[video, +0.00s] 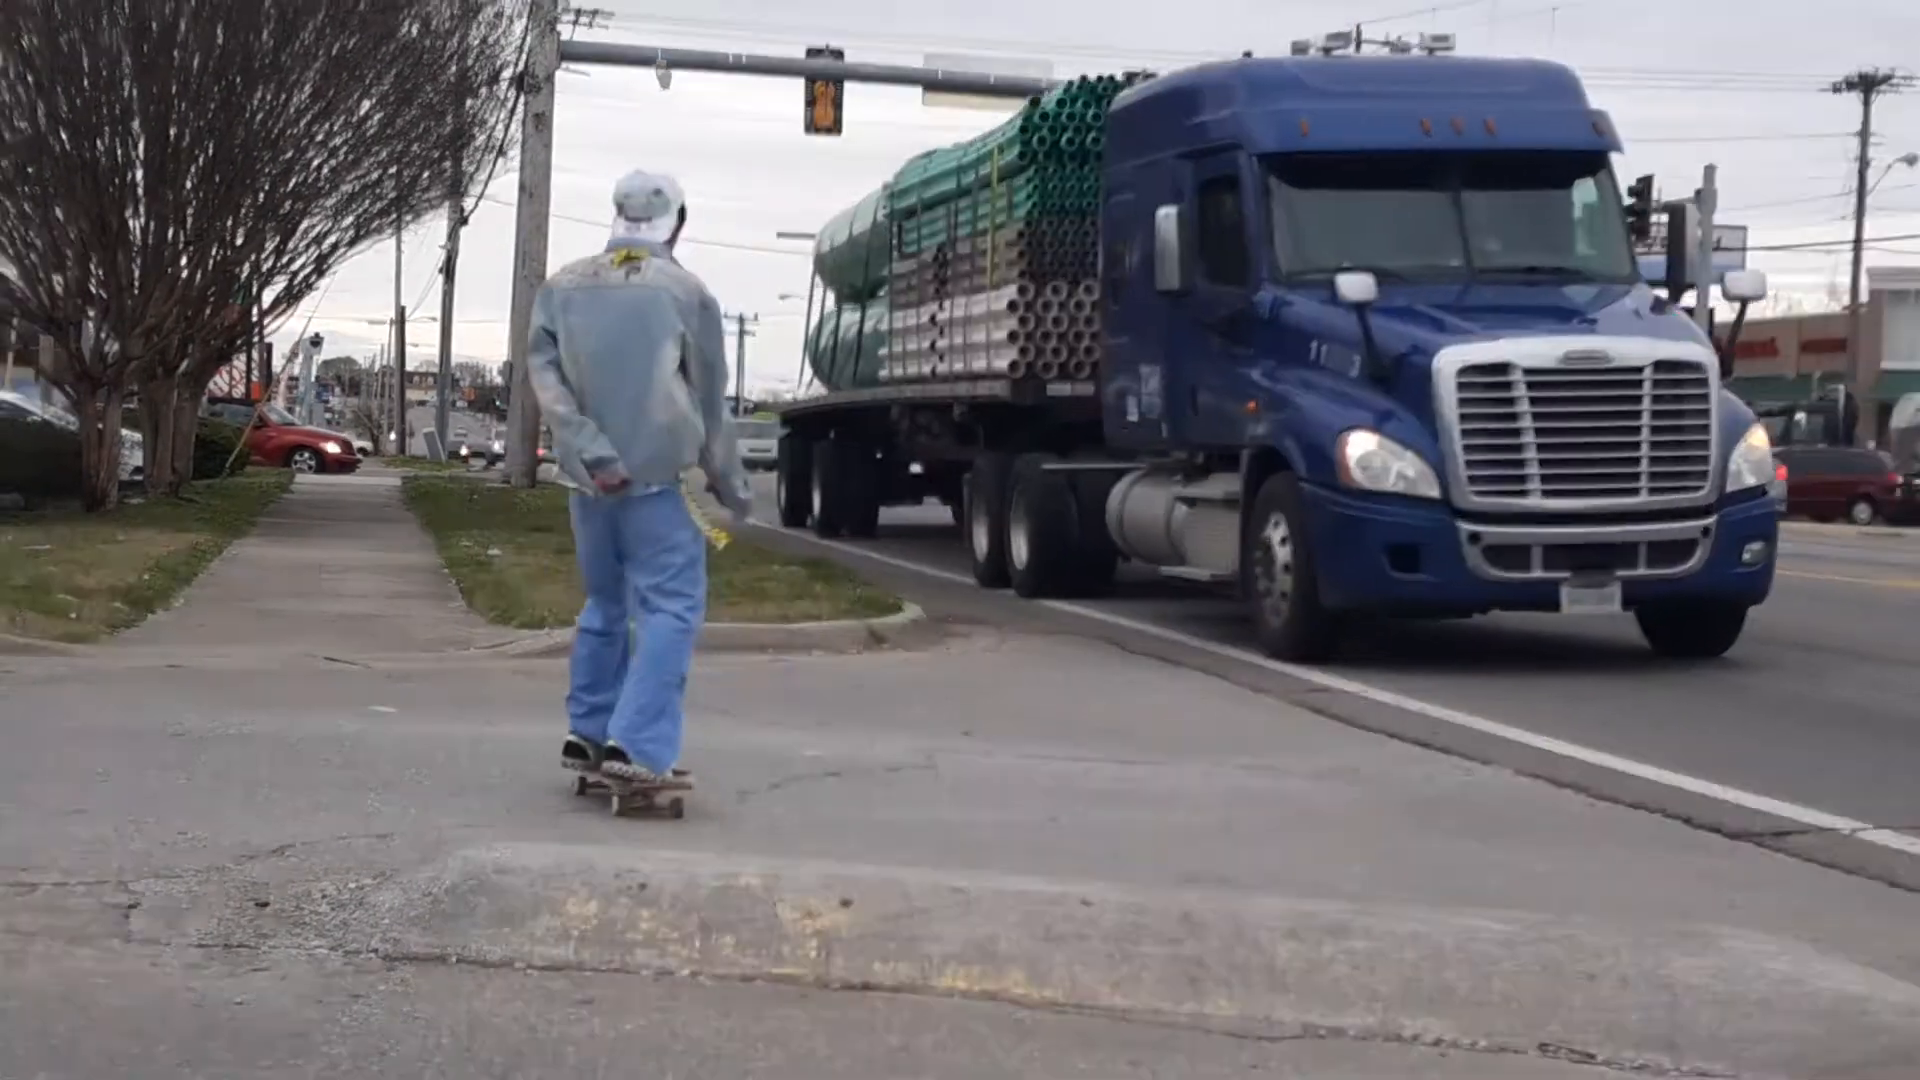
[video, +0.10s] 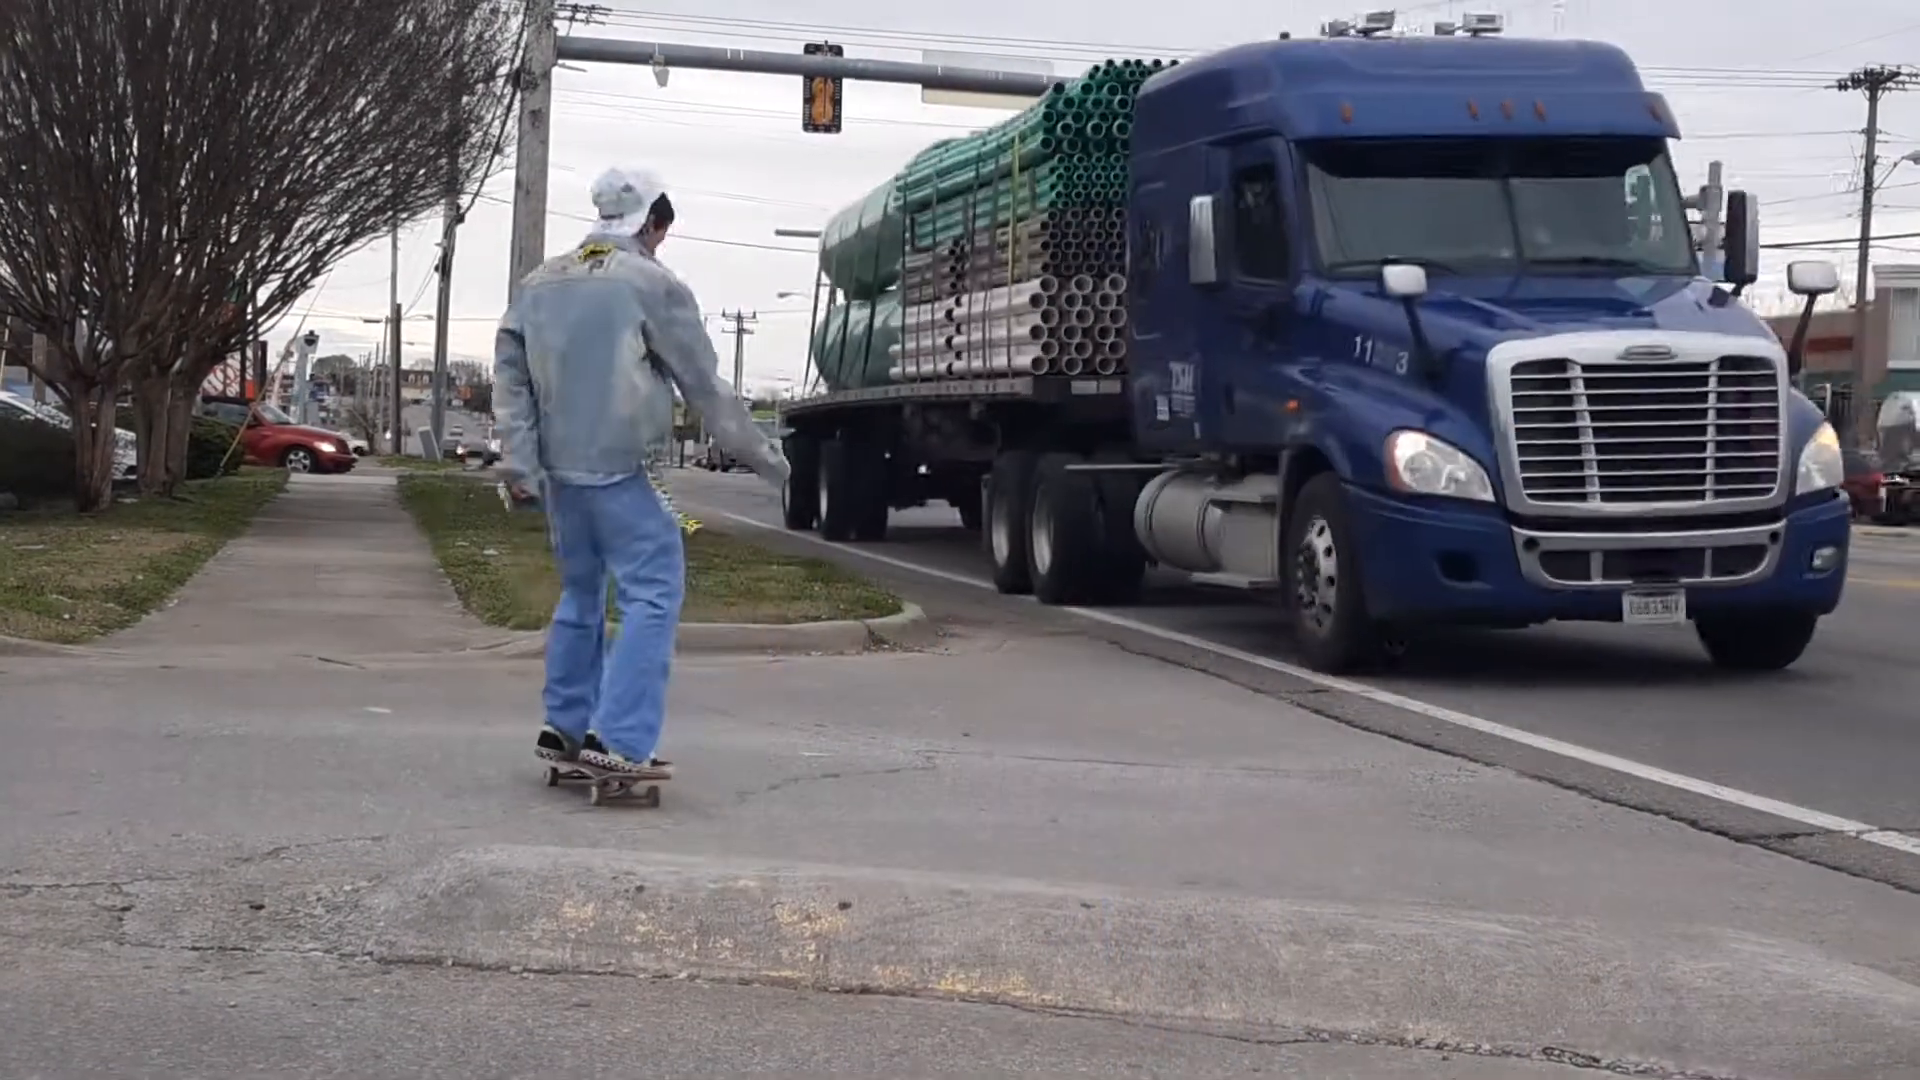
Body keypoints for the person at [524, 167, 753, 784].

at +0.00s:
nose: (673, 232)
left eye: (665, 221)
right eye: (675, 223)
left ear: (616, 218)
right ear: (673, 225)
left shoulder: (561, 285)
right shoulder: (686, 292)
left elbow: (545, 379)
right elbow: (711, 401)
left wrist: (591, 451)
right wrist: (729, 485)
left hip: (587, 479)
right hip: (655, 478)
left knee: (603, 603)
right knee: (671, 607)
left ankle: (588, 732)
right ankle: (636, 750)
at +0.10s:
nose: (662, 243)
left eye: (663, 232)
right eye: (663, 232)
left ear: (602, 219)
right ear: (650, 225)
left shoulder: (539, 283)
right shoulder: (652, 285)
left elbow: (509, 381)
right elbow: (707, 390)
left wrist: (519, 462)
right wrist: (766, 456)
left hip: (558, 467)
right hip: (620, 469)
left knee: (580, 591)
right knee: (652, 592)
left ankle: (565, 724)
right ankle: (621, 743)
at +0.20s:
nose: (651, 248)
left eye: (654, 235)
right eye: (649, 234)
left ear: (594, 224)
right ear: (625, 225)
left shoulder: (526, 283)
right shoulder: (626, 285)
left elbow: (489, 389)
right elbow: (693, 374)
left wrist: (468, 471)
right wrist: (765, 421)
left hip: (543, 466)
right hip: (607, 465)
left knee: (562, 587)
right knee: (628, 590)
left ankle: (541, 714)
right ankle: (594, 732)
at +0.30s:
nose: (633, 252)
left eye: (637, 240)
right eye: (630, 237)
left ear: (588, 228)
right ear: (599, 225)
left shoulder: (513, 286)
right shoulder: (594, 286)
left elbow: (475, 384)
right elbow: (655, 365)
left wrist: (449, 460)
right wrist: (736, 407)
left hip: (526, 465)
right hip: (581, 462)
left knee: (545, 581)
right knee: (605, 584)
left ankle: (518, 704)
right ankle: (568, 724)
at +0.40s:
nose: (612, 252)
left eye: (616, 241)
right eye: (610, 238)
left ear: (578, 228)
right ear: (578, 225)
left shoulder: (509, 280)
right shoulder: (564, 285)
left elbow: (475, 374)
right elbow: (604, 378)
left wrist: (468, 444)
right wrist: (672, 417)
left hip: (510, 457)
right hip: (556, 455)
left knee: (531, 573)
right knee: (585, 576)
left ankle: (497, 694)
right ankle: (544, 714)